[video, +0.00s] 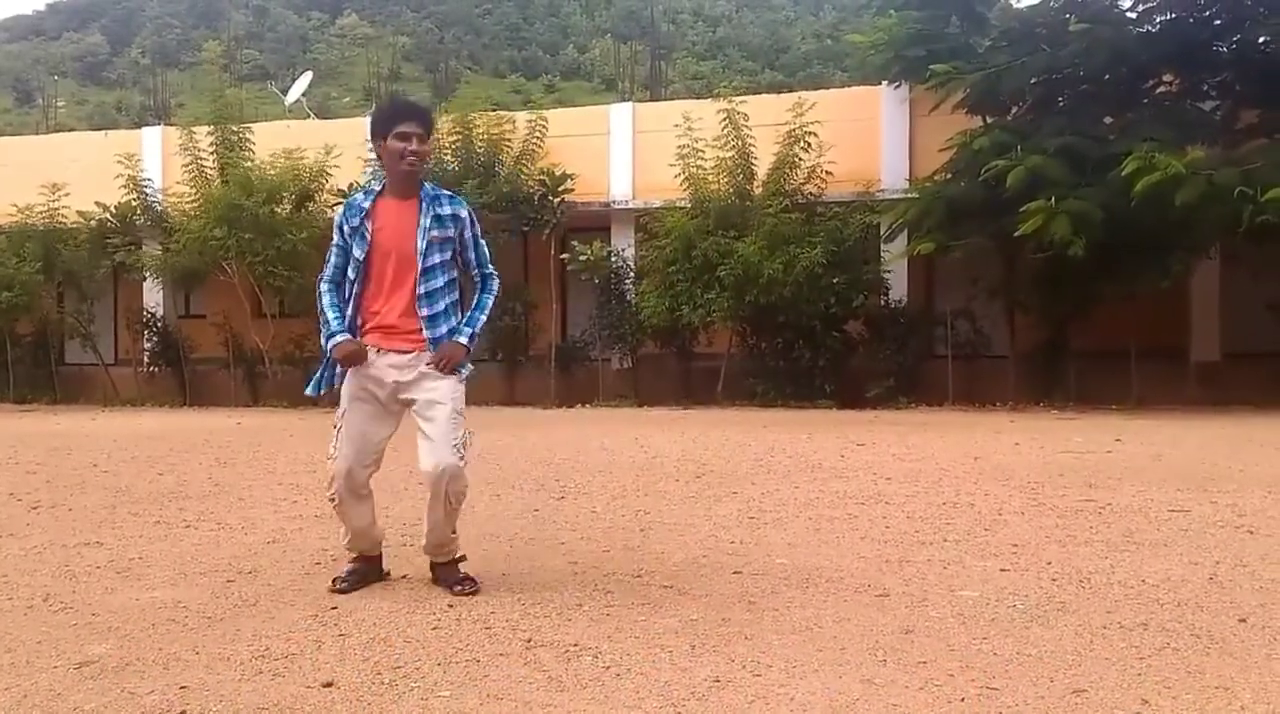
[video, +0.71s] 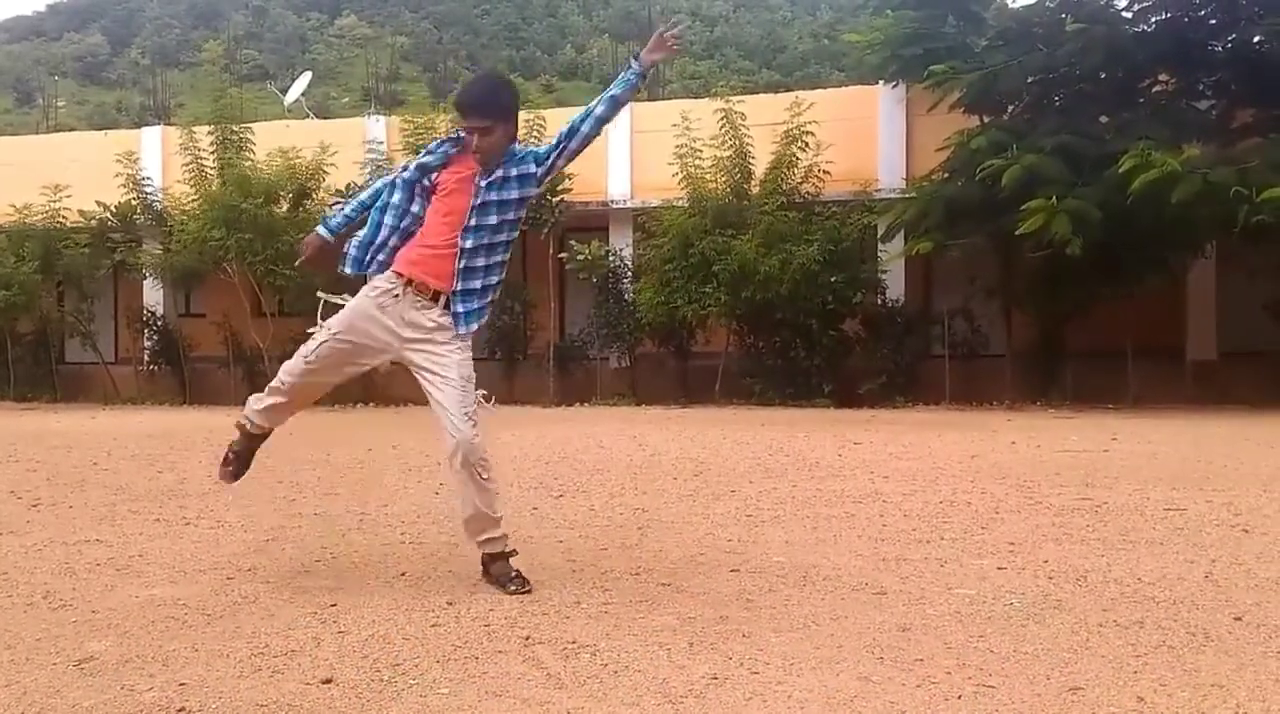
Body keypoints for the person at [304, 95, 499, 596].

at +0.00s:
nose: (412, 148)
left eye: (420, 139)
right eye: (400, 139)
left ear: (430, 147)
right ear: (378, 147)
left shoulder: (453, 210)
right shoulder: (355, 211)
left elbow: (488, 280)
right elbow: (331, 281)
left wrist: (464, 339)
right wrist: (337, 335)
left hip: (437, 363)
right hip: (369, 362)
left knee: (445, 468)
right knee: (347, 471)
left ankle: (444, 560)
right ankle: (366, 558)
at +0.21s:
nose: (400, 142)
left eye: (408, 134)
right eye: (390, 132)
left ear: (415, 142)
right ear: (364, 138)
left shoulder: (439, 189)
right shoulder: (342, 195)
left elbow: (488, 245)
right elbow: (325, 269)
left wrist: (450, 292)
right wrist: (354, 284)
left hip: (432, 349)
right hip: (370, 350)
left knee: (424, 447)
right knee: (346, 449)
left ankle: (445, 554)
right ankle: (360, 551)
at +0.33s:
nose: (376, 176)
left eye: (388, 169)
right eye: (368, 166)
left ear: (402, 180)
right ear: (352, 174)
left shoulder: (423, 228)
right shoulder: (340, 223)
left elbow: (414, 290)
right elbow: (370, 285)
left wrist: (361, 307)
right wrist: (428, 255)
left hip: (435, 364)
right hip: (376, 366)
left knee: (431, 456)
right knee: (365, 470)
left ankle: (435, 558)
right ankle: (368, 559)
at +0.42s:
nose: (393, 173)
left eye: (404, 166)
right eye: (385, 163)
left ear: (419, 174)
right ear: (371, 166)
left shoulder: (434, 223)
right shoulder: (360, 206)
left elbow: (449, 294)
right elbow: (344, 265)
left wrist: (400, 251)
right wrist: (423, 250)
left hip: (436, 364)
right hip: (372, 366)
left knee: (458, 434)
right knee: (351, 465)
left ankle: (444, 538)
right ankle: (366, 557)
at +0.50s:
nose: (420, 145)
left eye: (432, 136)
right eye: (413, 135)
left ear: (453, 142)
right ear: (403, 136)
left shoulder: (464, 190)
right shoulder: (383, 171)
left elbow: (513, 223)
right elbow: (337, 217)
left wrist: (495, 163)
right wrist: (372, 243)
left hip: (434, 333)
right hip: (366, 332)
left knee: (471, 412)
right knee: (328, 431)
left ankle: (462, 527)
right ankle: (347, 545)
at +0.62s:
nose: (458, 130)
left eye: (469, 121)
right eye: (452, 120)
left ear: (495, 118)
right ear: (444, 115)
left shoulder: (507, 163)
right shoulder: (423, 143)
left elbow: (570, 138)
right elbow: (370, 182)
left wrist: (611, 75)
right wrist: (331, 230)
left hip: (435, 313)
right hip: (370, 296)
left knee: (469, 419)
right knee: (307, 393)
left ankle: (498, 539)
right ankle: (279, 477)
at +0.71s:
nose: (473, 142)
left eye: (484, 132)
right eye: (468, 131)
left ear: (513, 128)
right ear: (461, 124)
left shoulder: (529, 168)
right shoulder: (444, 153)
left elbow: (585, 127)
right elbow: (388, 188)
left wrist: (639, 70)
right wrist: (332, 229)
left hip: (446, 327)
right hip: (387, 297)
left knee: (465, 441)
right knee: (301, 371)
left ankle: (495, 558)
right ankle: (253, 430)